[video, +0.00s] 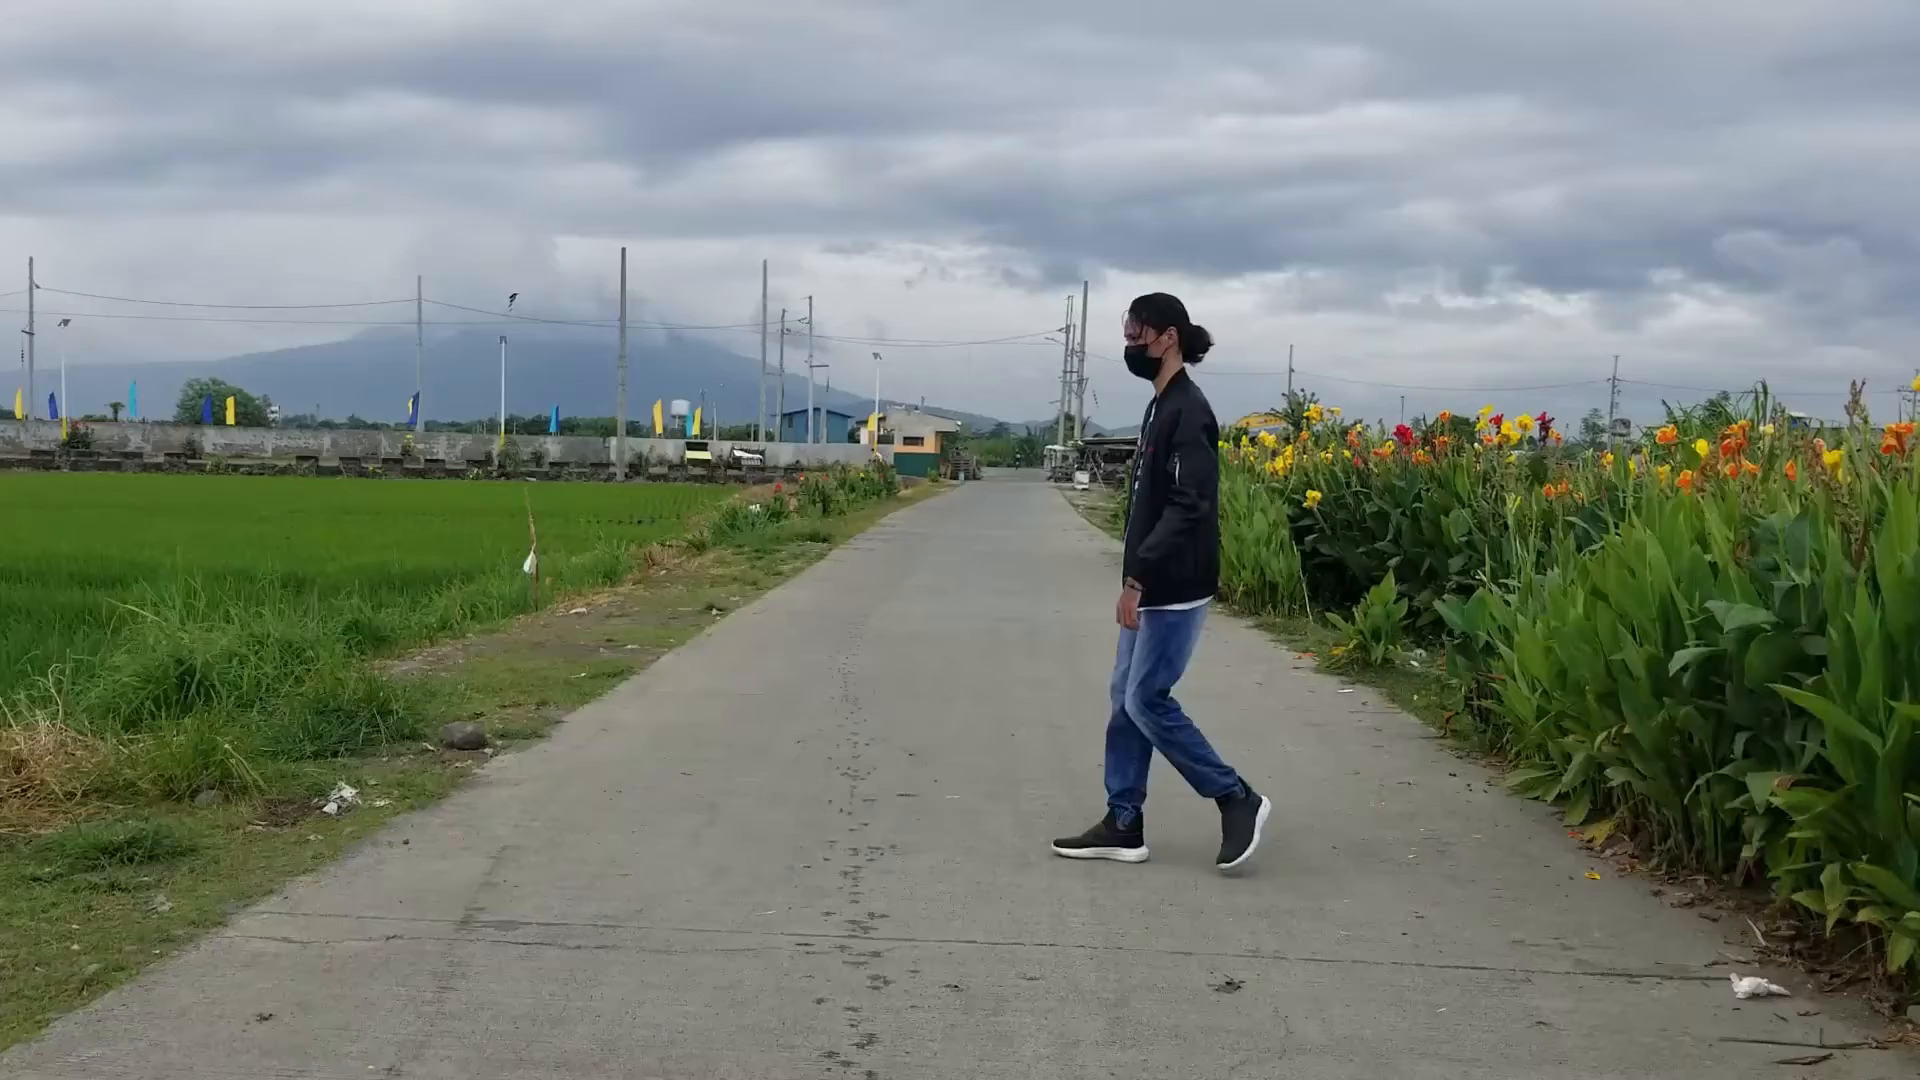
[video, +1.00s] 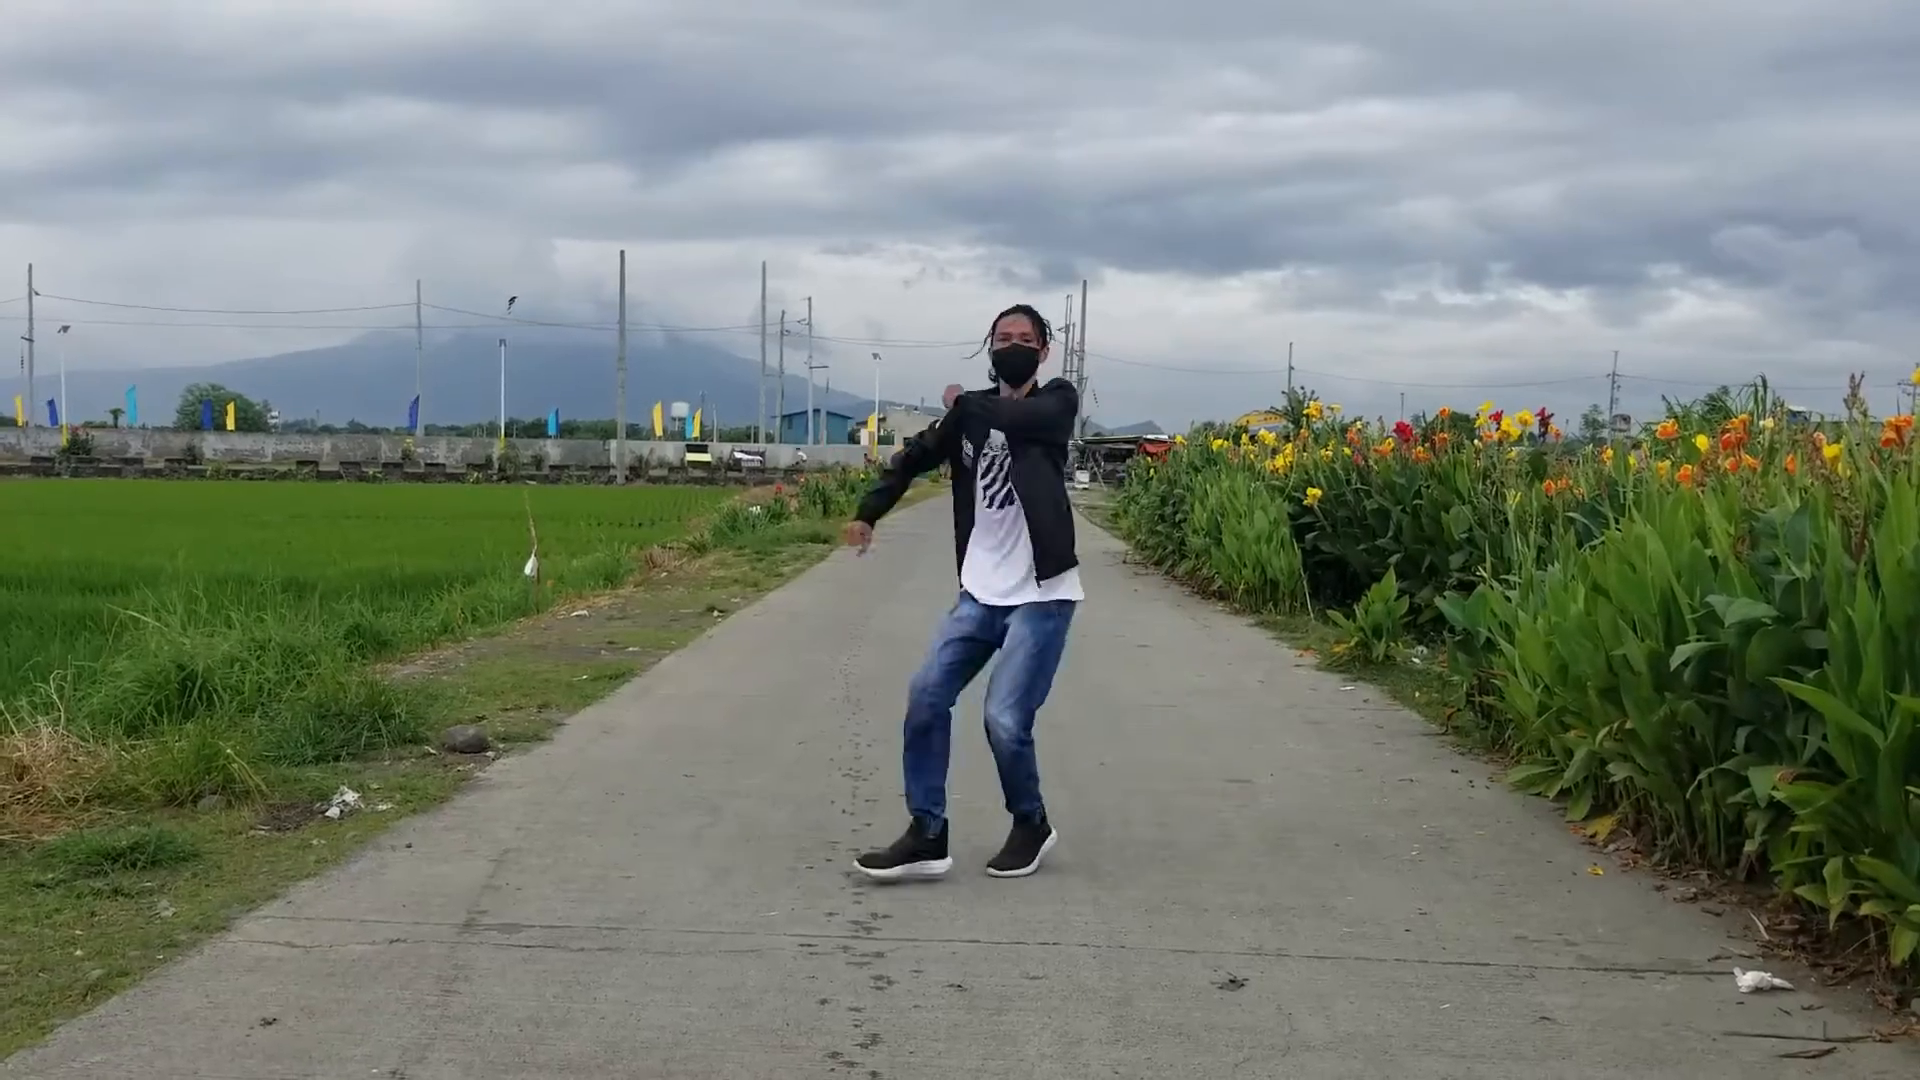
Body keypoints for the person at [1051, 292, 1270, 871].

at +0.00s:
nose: (1132, 338)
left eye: (1141, 329)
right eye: (1131, 330)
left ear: (1170, 336)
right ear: (1157, 340)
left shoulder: (1189, 409)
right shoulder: (1162, 405)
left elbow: (1189, 506)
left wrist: (1137, 579)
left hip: (1179, 587)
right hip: (1149, 583)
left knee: (1145, 700)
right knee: (1124, 700)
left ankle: (1237, 799)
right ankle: (1123, 825)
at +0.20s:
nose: (1083, 336)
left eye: (1091, 327)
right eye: (1084, 327)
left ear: (1121, 333)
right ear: (1117, 335)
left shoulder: (1143, 392)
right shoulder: (1120, 394)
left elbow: (1154, 471)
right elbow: (1090, 443)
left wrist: (1119, 537)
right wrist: (1030, 461)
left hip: (1147, 579)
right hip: (1135, 578)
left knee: (1118, 700)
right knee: (1117, 699)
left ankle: (1133, 832)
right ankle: (1117, 820)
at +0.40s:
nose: (1056, 322)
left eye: (1066, 315)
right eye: (1057, 314)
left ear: (1094, 328)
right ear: (1081, 331)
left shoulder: (1111, 390)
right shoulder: (1083, 390)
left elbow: (1164, 458)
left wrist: (1189, 534)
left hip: (1117, 576)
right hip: (1093, 575)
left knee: (1121, 704)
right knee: (1103, 700)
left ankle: (1137, 833)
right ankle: (1117, 820)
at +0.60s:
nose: (1035, 317)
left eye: (1045, 310)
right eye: (1036, 309)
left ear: (1071, 324)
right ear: (1056, 324)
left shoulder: (1090, 389)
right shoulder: (1054, 391)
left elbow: (1136, 468)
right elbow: (1071, 478)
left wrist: (1140, 551)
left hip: (1073, 574)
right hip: (1044, 572)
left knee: (1074, 700)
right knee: (1046, 696)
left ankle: (1126, 826)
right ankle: (1102, 811)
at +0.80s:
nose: (1006, 336)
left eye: (1018, 330)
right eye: (1005, 328)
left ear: (1045, 344)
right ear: (1008, 340)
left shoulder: (1050, 399)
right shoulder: (1001, 393)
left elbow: (1062, 491)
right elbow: (944, 384)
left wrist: (1029, 578)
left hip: (1059, 578)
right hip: (1022, 571)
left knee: (995, 713)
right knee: (1011, 702)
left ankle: (1038, 826)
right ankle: (1034, 811)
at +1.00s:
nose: (1013, 341)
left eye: (1025, 334)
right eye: (1003, 334)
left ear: (1043, 349)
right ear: (990, 348)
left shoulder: (1058, 397)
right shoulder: (967, 411)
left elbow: (1033, 419)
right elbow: (912, 462)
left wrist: (965, 402)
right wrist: (867, 514)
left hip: (1045, 592)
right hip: (982, 592)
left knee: (1004, 718)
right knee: (926, 693)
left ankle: (1030, 825)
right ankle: (927, 835)